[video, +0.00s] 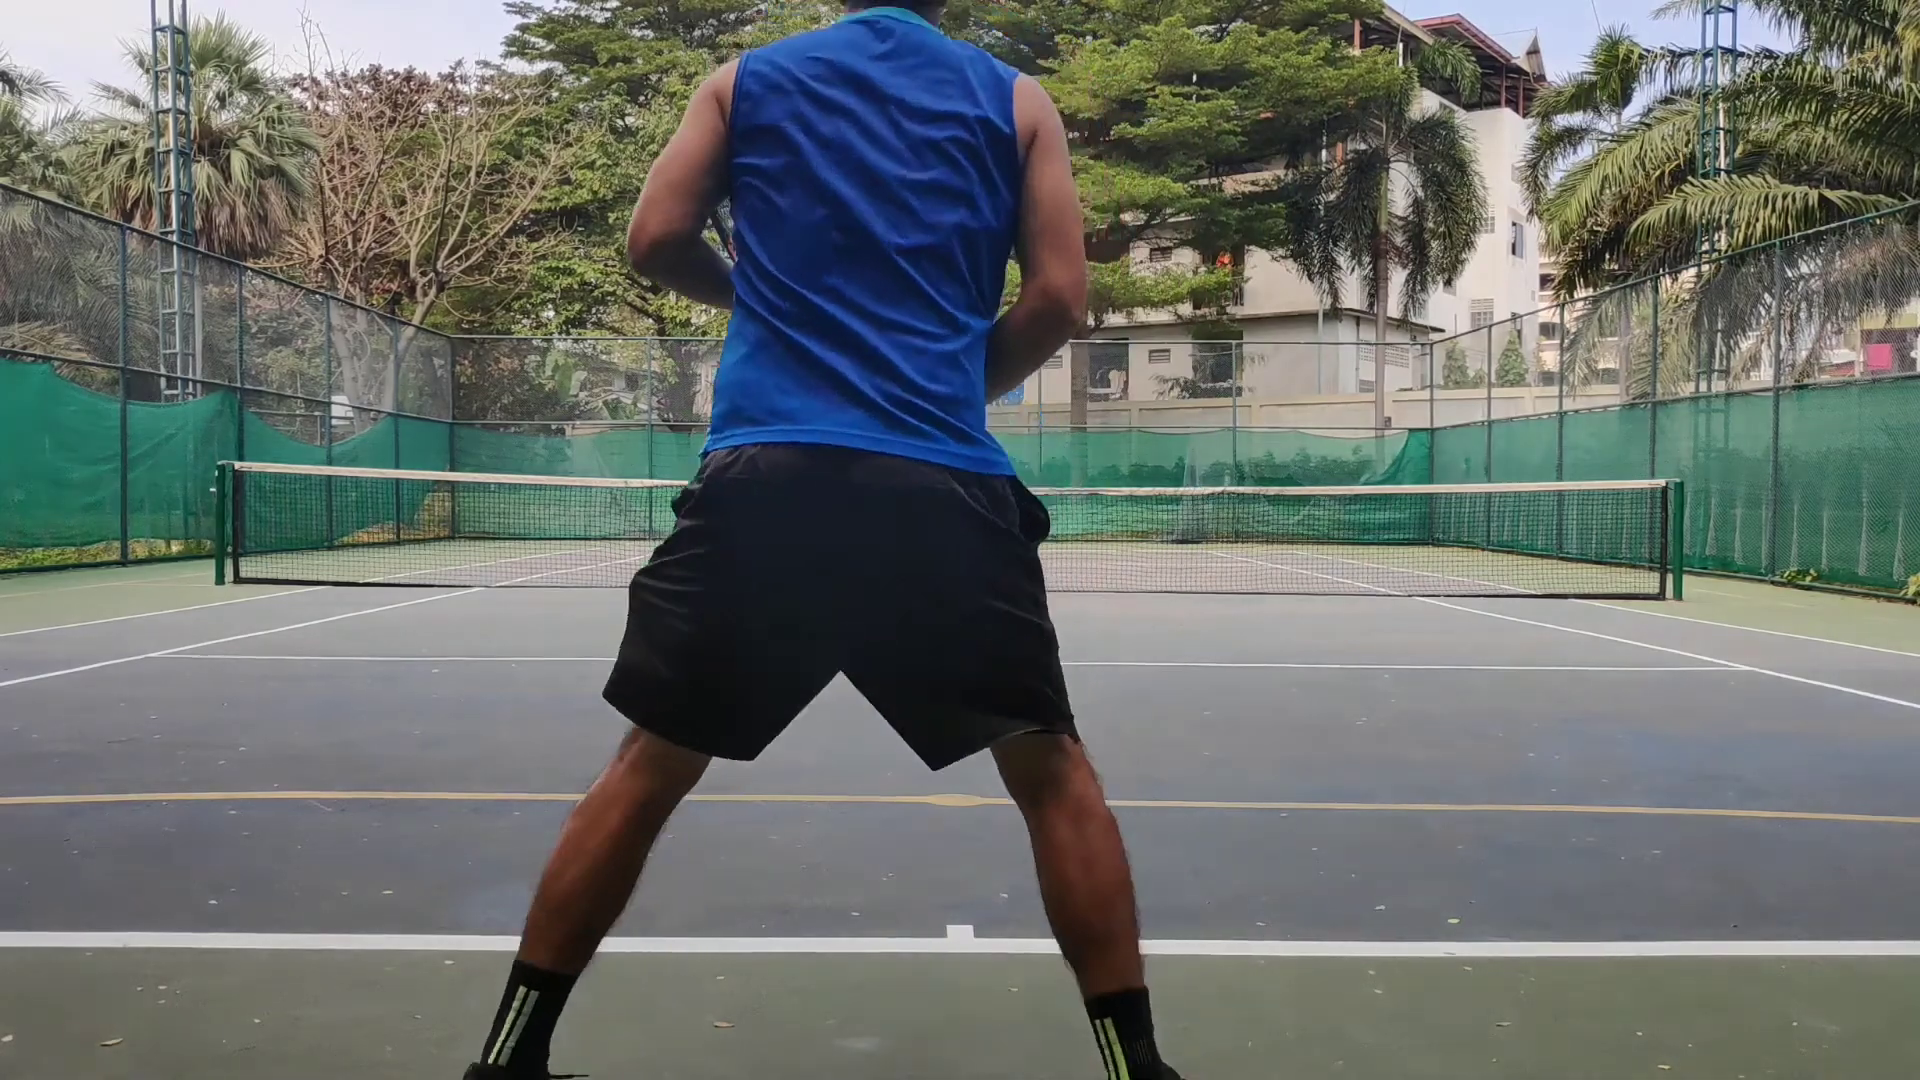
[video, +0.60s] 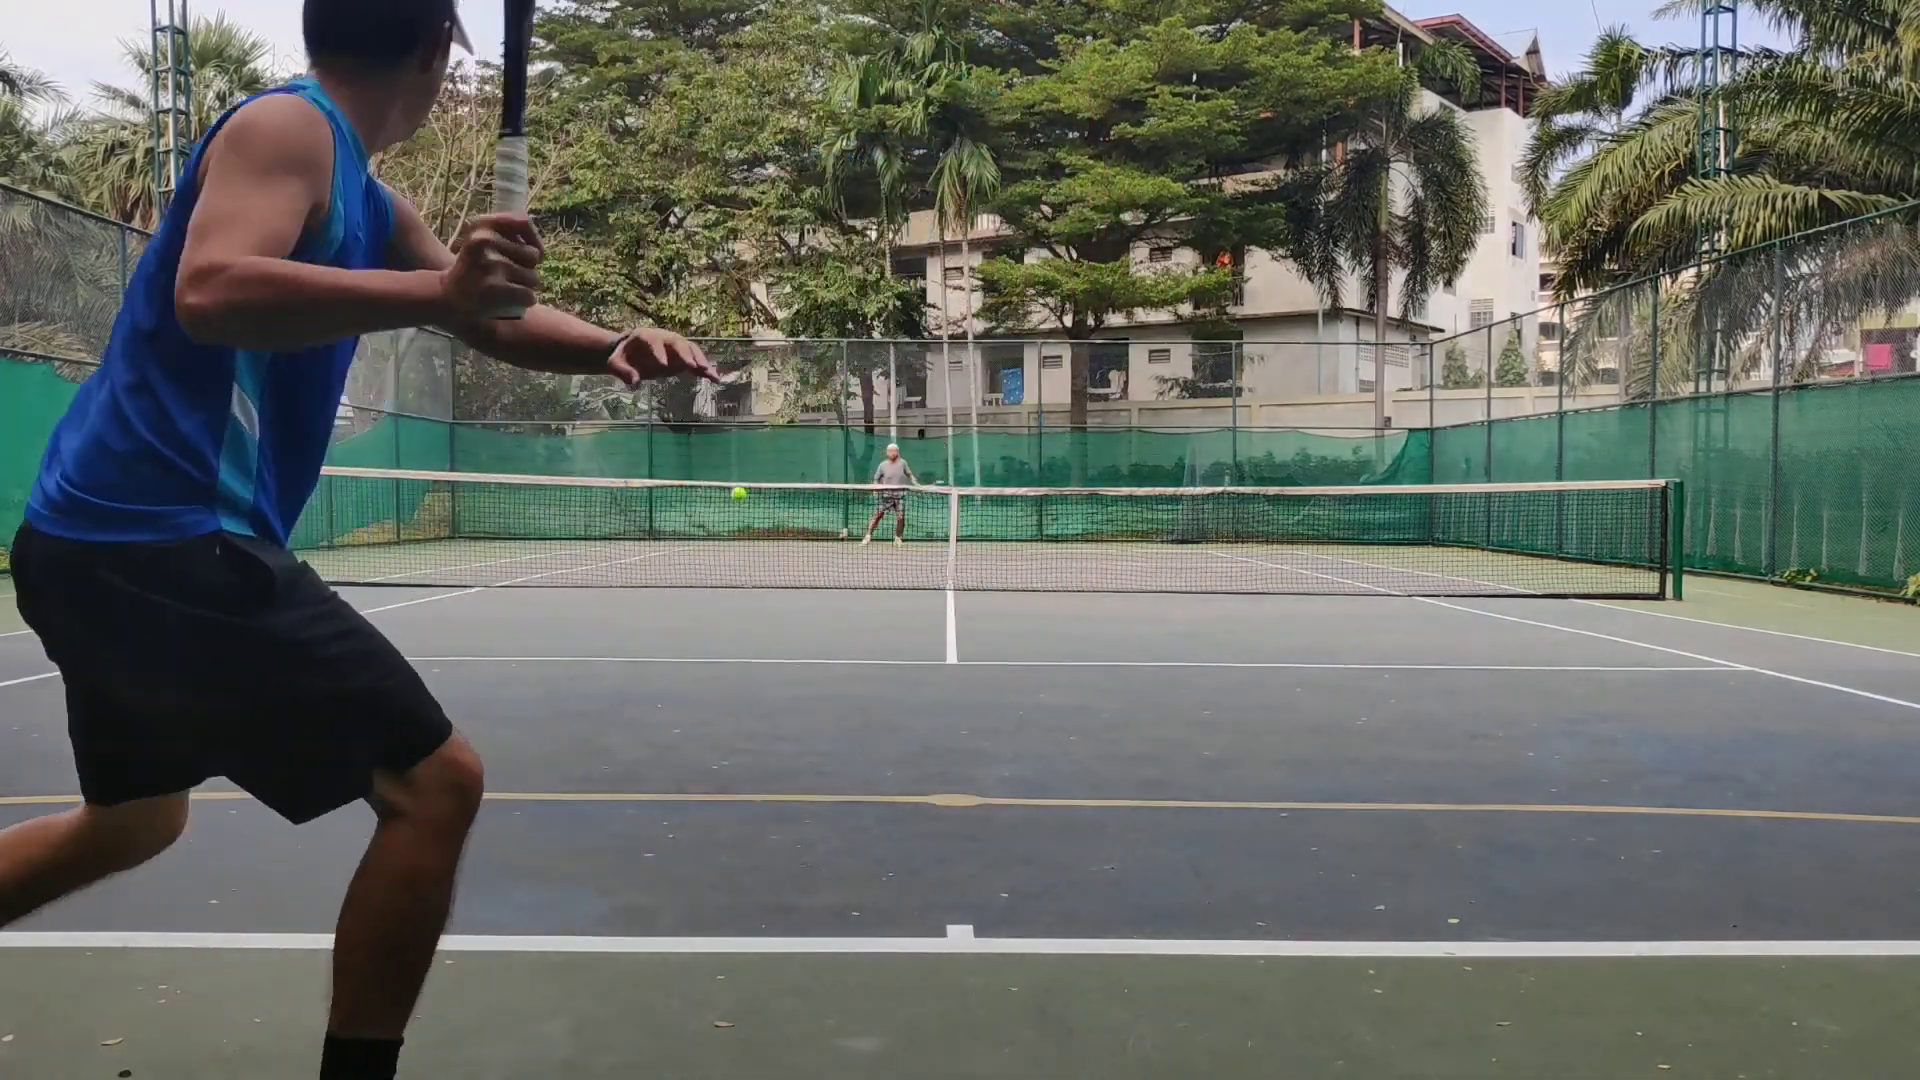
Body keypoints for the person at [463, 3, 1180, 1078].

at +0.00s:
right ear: (942, 2)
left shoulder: (748, 78)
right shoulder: (1017, 98)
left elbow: (657, 238)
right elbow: (1061, 299)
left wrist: (751, 288)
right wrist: (961, 375)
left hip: (762, 491)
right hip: (943, 500)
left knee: (644, 775)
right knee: (1055, 780)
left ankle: (510, 1050)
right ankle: (1137, 1062)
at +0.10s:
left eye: (802, 39)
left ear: (795, 57)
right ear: (908, 66)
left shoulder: (708, 165)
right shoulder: (972, 178)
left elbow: (610, 338)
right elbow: (1010, 382)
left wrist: (706, 385)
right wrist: (928, 464)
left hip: (717, 566)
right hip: (899, 582)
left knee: (630, 799)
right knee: (1028, 822)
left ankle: (529, 1061)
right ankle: (1120, 1072)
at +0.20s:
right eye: (849, 97)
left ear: (718, 80)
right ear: (836, 96)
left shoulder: (629, 184)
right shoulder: (860, 195)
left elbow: (557, 382)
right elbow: (882, 389)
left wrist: (652, 447)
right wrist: (832, 518)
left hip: (597, 576)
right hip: (775, 587)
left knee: (598, 808)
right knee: (943, 835)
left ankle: (547, 1063)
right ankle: (1098, 1066)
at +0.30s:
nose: (756, 85)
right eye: (755, 65)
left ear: (636, 53)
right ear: (747, 67)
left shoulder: (563, 149)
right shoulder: (721, 160)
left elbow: (579, 371)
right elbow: (734, 360)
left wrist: (732, 416)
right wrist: (747, 512)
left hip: (440, 527)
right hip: (596, 533)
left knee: (558, 783)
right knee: (803, 777)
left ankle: (542, 1064)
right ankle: (872, 1067)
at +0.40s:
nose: (672, 52)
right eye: (673, 37)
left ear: (551, 28)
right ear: (663, 37)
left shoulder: (498, 120)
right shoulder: (598, 125)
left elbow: (576, 354)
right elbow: (611, 332)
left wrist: (732, 389)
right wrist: (733, 467)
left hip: (295, 475)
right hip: (421, 488)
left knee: (440, 740)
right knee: (635, 760)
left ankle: (441, 1033)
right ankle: (478, 1048)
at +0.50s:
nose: (568, 63)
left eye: (566, 45)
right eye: (570, 42)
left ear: (447, 32)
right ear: (558, 44)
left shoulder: (404, 126)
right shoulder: (460, 126)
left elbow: (529, 305)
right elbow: (475, 306)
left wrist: (689, 367)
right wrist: (676, 378)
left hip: (178, 500)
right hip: (287, 523)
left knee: (316, 750)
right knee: (502, 801)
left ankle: (111, 1021)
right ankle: (370, 1070)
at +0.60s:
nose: (448, 82)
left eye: (450, 59)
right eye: (449, 56)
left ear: (331, 38)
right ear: (428, 54)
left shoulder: (364, 189)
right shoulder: (284, 126)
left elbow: (480, 316)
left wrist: (608, 346)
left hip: (104, 536)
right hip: (163, 536)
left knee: (134, 819)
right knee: (436, 788)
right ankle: (358, 1077)